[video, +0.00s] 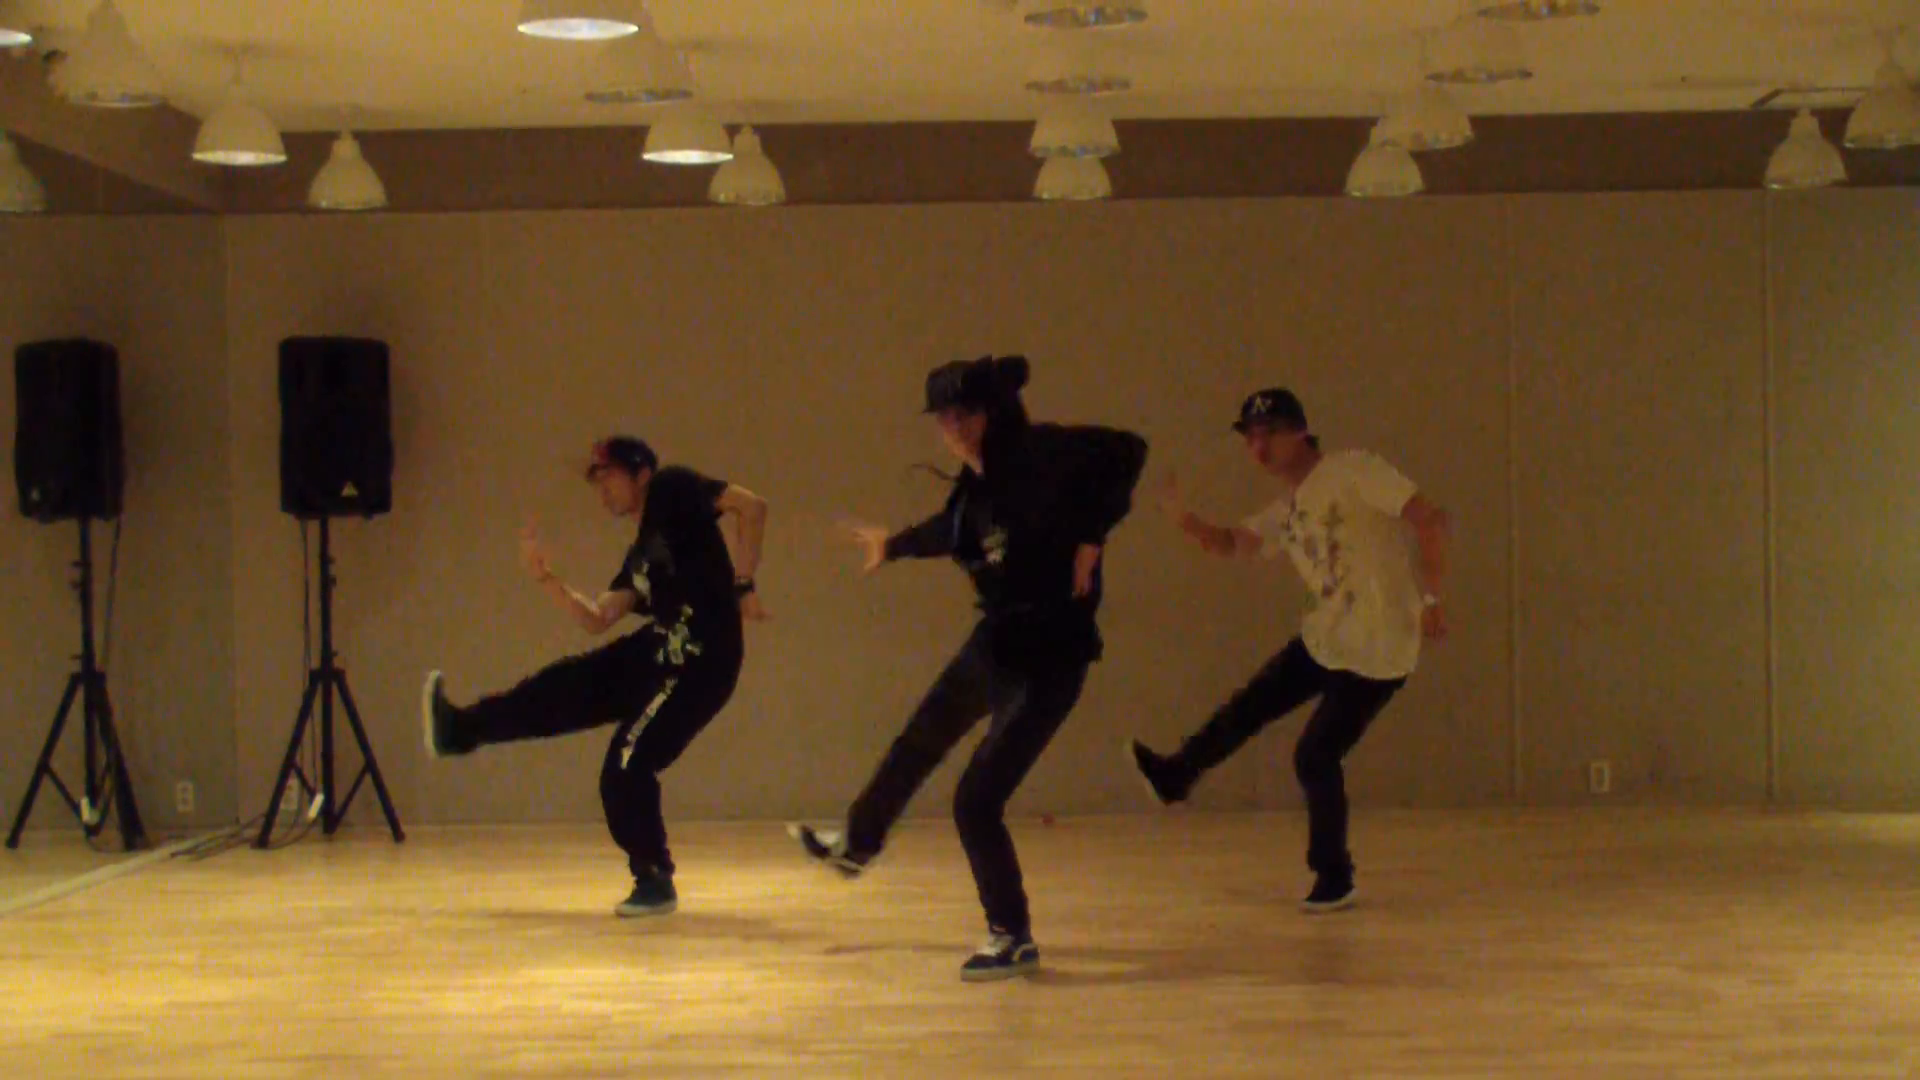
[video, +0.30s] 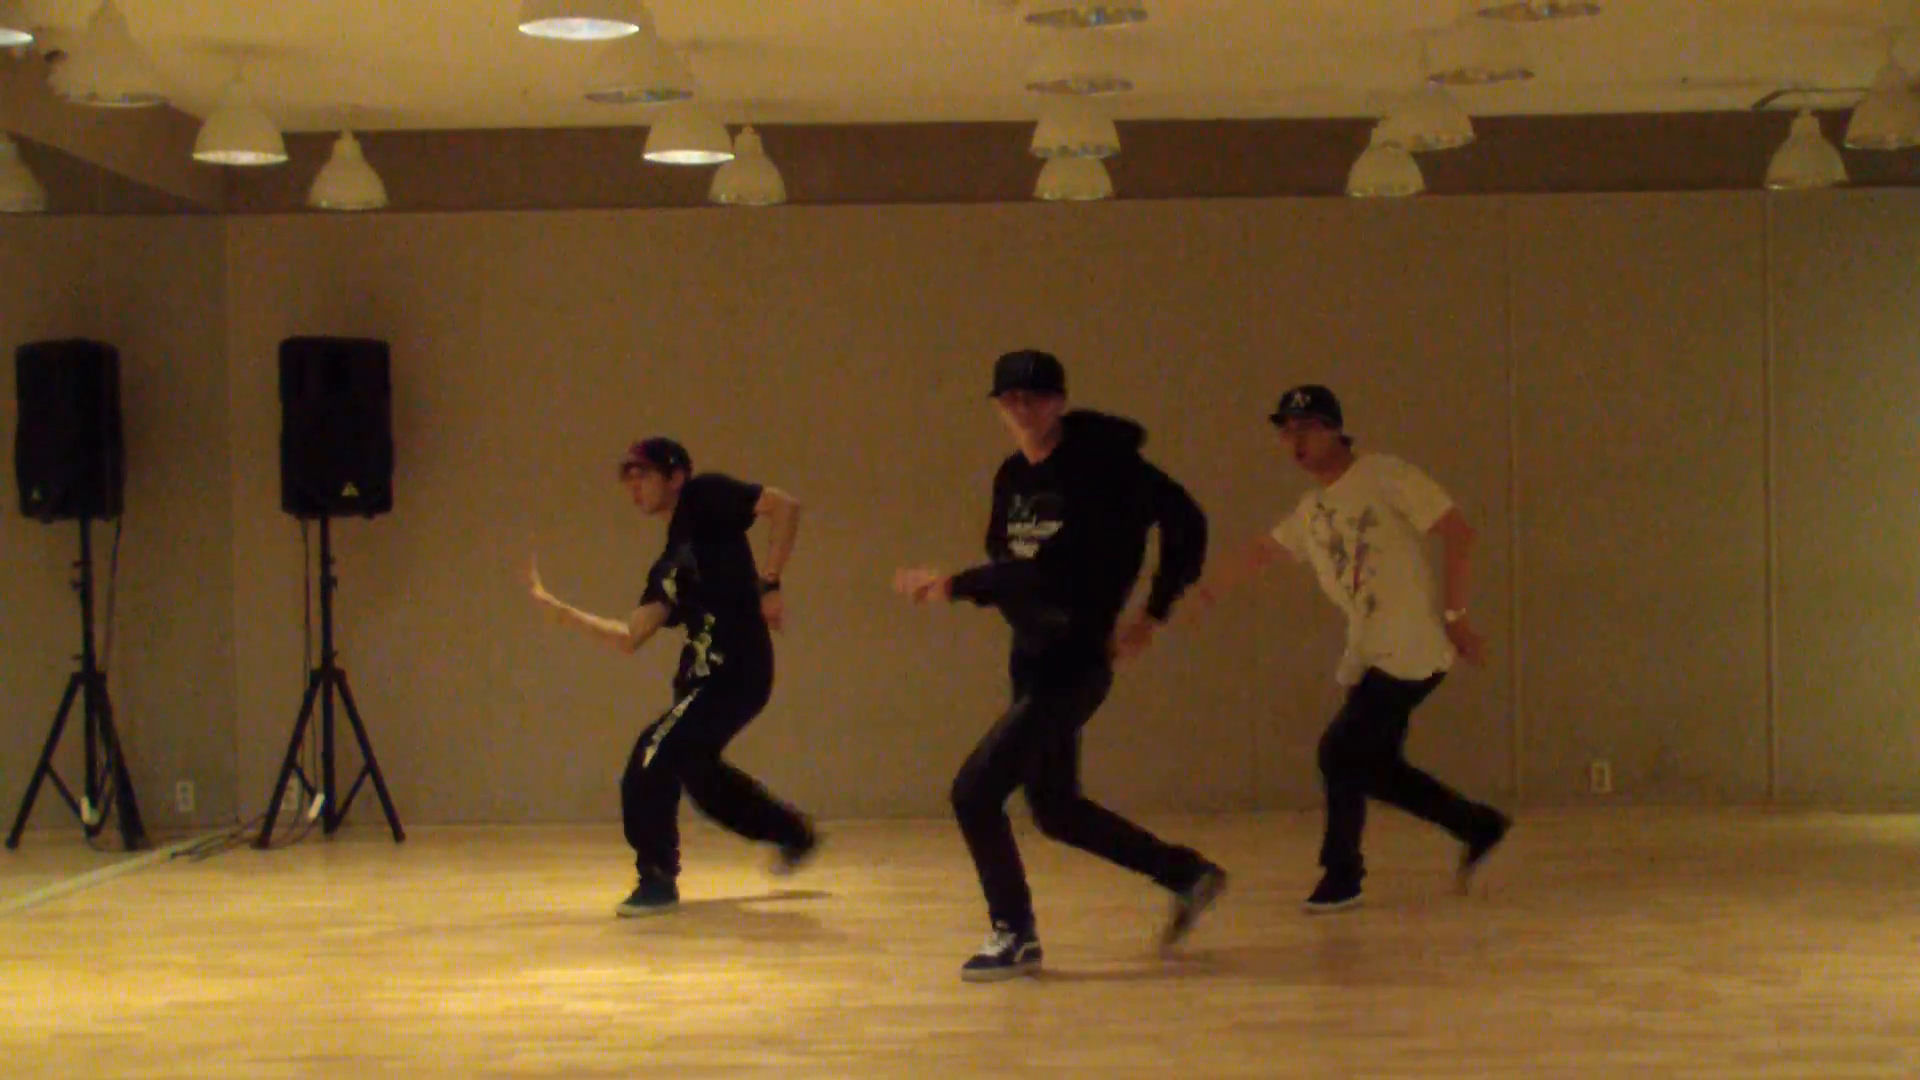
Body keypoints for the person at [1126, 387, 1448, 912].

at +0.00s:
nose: (1256, 449)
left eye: (1265, 435)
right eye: (1250, 439)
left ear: (1296, 433)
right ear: (1250, 444)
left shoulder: (1353, 471)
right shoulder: (1290, 510)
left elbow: (1428, 519)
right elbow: (1235, 543)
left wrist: (1433, 598)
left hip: (1381, 649)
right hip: (1328, 637)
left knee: (1317, 755)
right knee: (1251, 706)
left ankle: (1333, 876)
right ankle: (1178, 774)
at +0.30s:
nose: (1295, 444)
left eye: (1304, 431)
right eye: (1288, 435)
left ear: (1334, 430)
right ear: (1285, 442)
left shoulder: (1382, 474)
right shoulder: (1312, 512)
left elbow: (1458, 531)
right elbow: (1255, 555)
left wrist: (1455, 615)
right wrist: (1204, 591)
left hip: (1414, 649)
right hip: (1372, 654)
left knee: (1341, 751)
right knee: (1373, 768)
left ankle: (1342, 874)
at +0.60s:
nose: (1354, 456)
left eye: (1366, 444)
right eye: (1345, 446)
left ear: (1390, 450)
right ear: (1337, 454)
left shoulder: (1410, 508)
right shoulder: (1342, 522)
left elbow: (1435, 562)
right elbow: (1335, 603)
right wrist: (1316, 590)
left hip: (1411, 686)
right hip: (1357, 693)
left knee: (1443, 807)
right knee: (1353, 812)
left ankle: (1555, 863)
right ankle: (1456, 839)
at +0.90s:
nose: (1208, 465)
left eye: (1220, 454)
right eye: (1205, 455)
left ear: (1250, 461)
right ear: (1203, 460)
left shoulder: (1252, 524)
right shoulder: (1232, 521)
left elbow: (1160, 538)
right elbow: (1166, 540)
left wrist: (1095, 506)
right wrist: (1101, 508)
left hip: (1259, 694)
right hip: (1222, 686)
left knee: (1241, 815)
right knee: (1128, 757)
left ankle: (1369, 876)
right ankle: (1114, 883)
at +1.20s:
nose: (1086, 503)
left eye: (1098, 491)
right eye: (1080, 491)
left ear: (1127, 491)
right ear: (1075, 491)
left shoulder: (1160, 540)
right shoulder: (1099, 534)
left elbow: (1106, 618)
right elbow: (1072, 606)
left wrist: (1051, 675)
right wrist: (1034, 660)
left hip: (1187, 688)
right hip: (1133, 684)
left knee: (1119, 771)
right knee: (1069, 763)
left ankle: (1215, 855)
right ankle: (1112, 874)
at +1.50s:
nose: (1096, 420)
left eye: (1106, 409)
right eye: (1086, 411)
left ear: (1130, 411)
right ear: (1077, 417)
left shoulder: (1170, 465)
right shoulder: (1069, 477)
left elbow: (1204, 477)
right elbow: (1010, 508)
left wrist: (1219, 469)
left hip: (1174, 625)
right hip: (1109, 638)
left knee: (1143, 699)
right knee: (1089, 749)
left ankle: (1174, 811)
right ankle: (1115, 870)